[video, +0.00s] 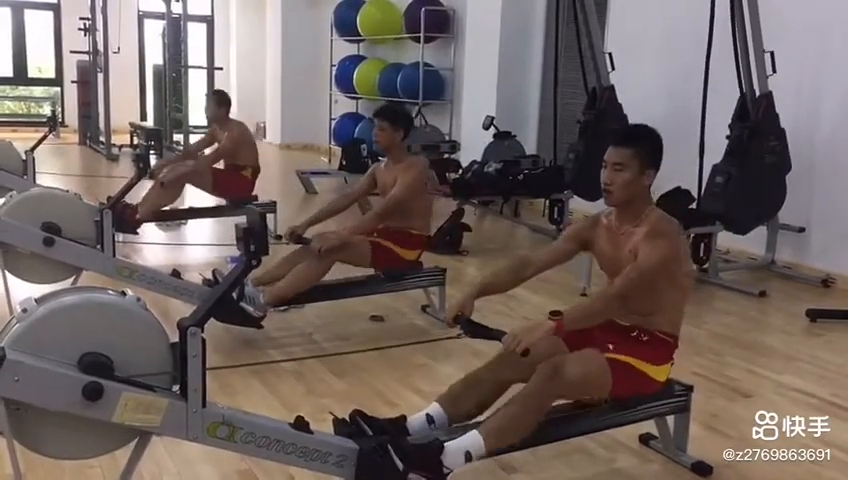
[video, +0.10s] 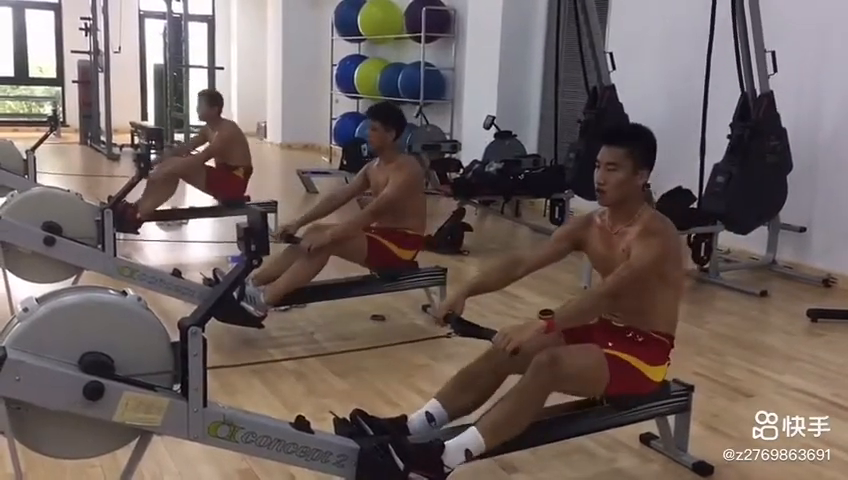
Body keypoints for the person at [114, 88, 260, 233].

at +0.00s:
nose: (205, 110)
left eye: (209, 106)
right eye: (206, 106)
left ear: (222, 109)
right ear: (217, 109)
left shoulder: (236, 131)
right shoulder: (216, 130)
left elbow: (212, 160)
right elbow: (192, 150)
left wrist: (176, 170)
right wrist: (164, 163)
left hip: (241, 186)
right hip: (231, 181)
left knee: (184, 173)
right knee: (177, 168)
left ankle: (141, 216)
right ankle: (138, 211)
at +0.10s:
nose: (198, 111)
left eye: (202, 106)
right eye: (198, 106)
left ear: (217, 109)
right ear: (201, 108)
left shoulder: (226, 131)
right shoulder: (209, 129)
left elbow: (202, 158)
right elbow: (187, 148)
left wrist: (166, 168)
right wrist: (163, 160)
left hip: (233, 186)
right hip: (224, 181)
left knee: (176, 169)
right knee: (171, 165)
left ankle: (141, 214)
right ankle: (139, 210)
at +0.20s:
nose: (185, 113)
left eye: (189, 109)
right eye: (185, 109)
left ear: (204, 109)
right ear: (201, 110)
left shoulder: (217, 131)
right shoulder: (201, 129)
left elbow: (185, 159)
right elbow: (178, 146)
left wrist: (148, 165)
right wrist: (151, 158)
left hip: (225, 185)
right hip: (216, 180)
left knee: (172, 164)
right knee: (167, 161)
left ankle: (141, 212)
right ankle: (140, 208)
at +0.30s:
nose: (178, 108)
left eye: (182, 105)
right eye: (178, 104)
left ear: (196, 108)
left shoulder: (206, 130)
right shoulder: (187, 128)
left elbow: (180, 153)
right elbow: (168, 144)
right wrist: (138, 156)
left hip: (216, 184)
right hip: (207, 179)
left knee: (165, 165)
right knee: (160, 158)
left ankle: (140, 213)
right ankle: (138, 209)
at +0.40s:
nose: (167, 109)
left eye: (172, 106)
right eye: (170, 105)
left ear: (184, 109)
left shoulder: (194, 132)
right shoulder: (176, 128)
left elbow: (160, 156)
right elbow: (151, 147)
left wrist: (122, 163)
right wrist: (121, 162)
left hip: (206, 186)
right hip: (198, 180)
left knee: (158, 163)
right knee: (154, 165)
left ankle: (140, 210)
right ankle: (139, 209)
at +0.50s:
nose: (156, 107)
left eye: (160, 103)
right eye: (157, 102)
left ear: (172, 109)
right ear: (170, 110)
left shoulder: (182, 134)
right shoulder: (166, 130)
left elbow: (148, 157)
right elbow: (141, 148)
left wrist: (114, 167)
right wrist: (107, 158)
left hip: (198, 186)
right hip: (188, 181)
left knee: (152, 162)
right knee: (141, 159)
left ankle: (141, 209)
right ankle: (139, 207)